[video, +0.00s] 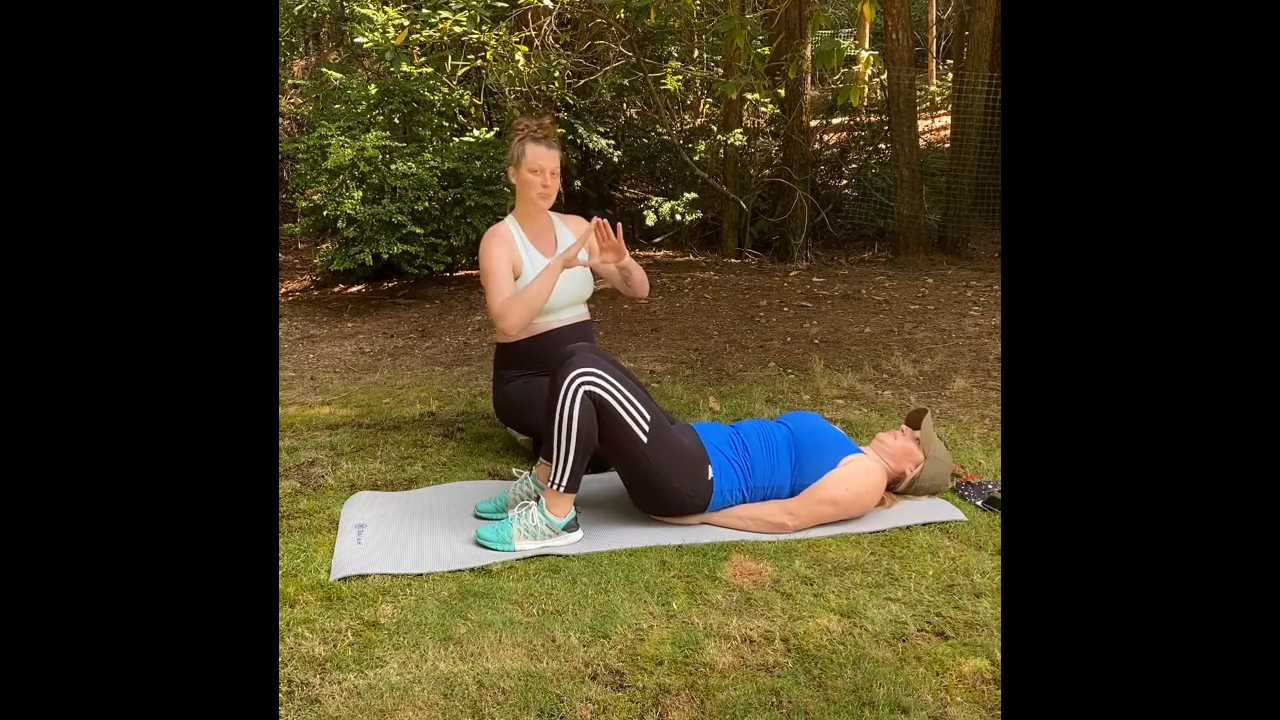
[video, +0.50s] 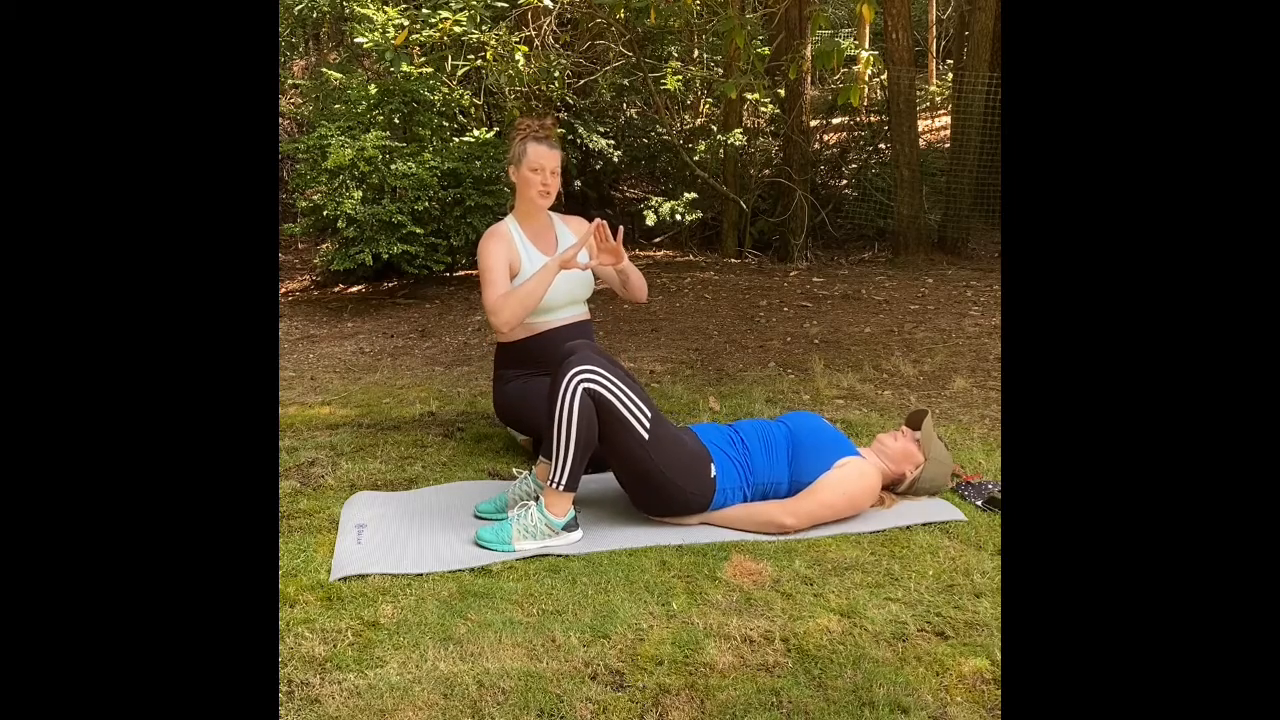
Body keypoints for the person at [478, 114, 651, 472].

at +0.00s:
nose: (547, 183)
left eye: (554, 173)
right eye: (536, 173)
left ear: (561, 177)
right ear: (513, 175)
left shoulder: (576, 228)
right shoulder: (498, 241)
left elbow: (639, 292)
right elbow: (507, 325)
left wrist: (625, 265)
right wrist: (557, 264)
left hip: (584, 363)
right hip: (524, 376)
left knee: (650, 435)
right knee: (605, 445)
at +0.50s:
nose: (548, 182)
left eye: (554, 173)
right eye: (537, 171)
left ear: (561, 178)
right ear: (513, 174)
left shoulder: (577, 229)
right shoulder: (497, 241)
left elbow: (638, 296)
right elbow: (502, 321)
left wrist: (623, 267)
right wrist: (554, 264)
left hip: (584, 363)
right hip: (523, 376)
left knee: (639, 438)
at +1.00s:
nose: (549, 183)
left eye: (556, 173)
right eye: (538, 172)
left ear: (563, 177)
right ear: (515, 174)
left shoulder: (579, 229)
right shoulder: (498, 242)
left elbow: (641, 295)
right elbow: (502, 322)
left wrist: (625, 268)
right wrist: (556, 267)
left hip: (584, 364)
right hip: (523, 377)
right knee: (600, 445)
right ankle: (541, 450)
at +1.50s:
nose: (552, 186)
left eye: (558, 176)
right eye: (541, 176)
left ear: (564, 177)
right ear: (515, 175)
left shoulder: (578, 229)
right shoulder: (497, 243)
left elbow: (643, 293)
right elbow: (500, 321)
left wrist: (627, 269)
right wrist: (556, 269)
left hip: (584, 364)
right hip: (523, 377)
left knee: (643, 439)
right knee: (606, 447)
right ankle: (541, 451)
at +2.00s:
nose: (549, 182)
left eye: (556, 173)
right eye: (538, 170)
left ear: (563, 180)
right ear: (515, 173)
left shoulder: (579, 229)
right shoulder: (498, 242)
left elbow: (644, 292)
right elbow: (501, 321)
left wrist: (627, 269)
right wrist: (554, 268)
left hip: (584, 364)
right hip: (523, 376)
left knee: (638, 439)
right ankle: (540, 454)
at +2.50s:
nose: (550, 182)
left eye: (557, 174)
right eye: (539, 171)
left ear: (564, 179)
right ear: (516, 174)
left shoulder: (579, 229)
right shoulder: (498, 242)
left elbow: (644, 292)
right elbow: (501, 321)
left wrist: (629, 269)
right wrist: (554, 267)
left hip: (583, 364)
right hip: (523, 377)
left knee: (641, 441)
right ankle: (540, 452)